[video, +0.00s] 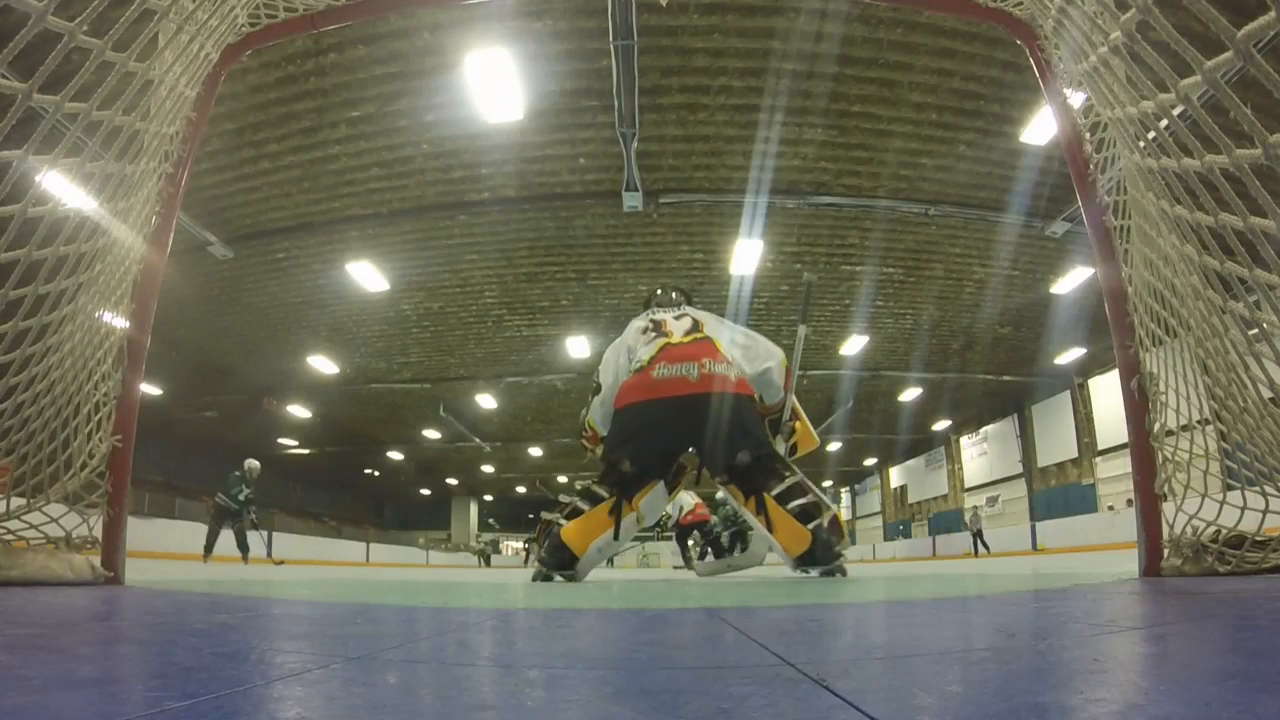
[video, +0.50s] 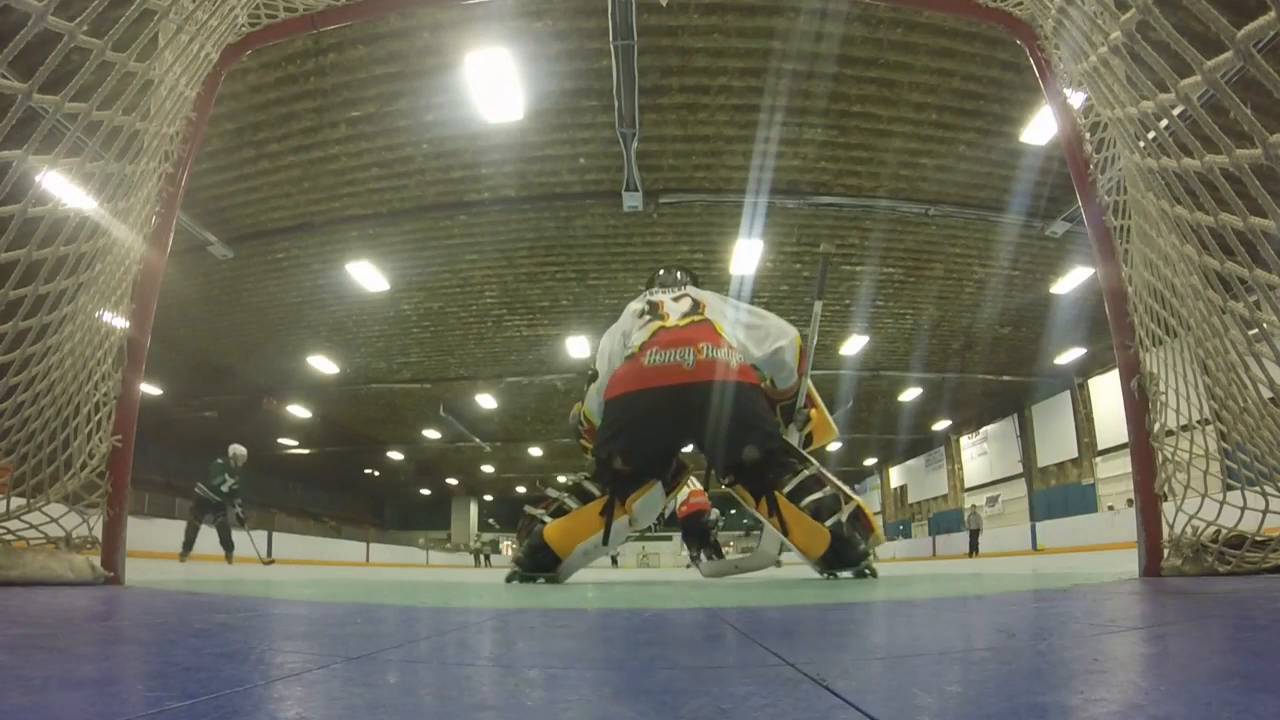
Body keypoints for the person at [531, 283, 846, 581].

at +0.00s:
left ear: (644, 311)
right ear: (688, 306)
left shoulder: (627, 335)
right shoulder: (714, 321)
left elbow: (605, 397)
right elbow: (770, 358)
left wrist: (599, 437)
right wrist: (774, 416)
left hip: (645, 395)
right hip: (721, 386)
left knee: (619, 484)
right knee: (759, 471)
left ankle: (559, 553)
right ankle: (817, 545)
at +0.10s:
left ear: (646, 307)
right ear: (689, 302)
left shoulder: (627, 330)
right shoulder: (716, 317)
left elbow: (607, 386)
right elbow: (773, 353)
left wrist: (597, 432)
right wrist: (776, 407)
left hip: (643, 392)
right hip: (721, 383)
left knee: (619, 484)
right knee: (762, 470)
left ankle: (556, 553)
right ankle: (823, 547)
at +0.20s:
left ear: (646, 305)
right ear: (688, 299)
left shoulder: (627, 327)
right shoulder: (715, 313)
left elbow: (605, 386)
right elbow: (774, 350)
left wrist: (596, 434)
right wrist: (778, 407)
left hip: (642, 392)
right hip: (721, 383)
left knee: (619, 484)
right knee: (764, 469)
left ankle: (554, 553)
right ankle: (826, 545)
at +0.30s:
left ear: (647, 300)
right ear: (690, 295)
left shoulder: (624, 326)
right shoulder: (719, 310)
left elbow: (595, 410)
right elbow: (780, 347)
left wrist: (603, 446)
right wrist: (782, 408)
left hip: (640, 390)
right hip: (723, 379)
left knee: (622, 486)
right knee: (763, 470)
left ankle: (551, 551)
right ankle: (831, 544)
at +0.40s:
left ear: (647, 297)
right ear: (691, 292)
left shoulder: (623, 325)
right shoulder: (719, 307)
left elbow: (596, 406)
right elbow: (781, 344)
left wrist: (600, 440)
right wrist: (782, 404)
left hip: (638, 389)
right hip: (722, 378)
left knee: (619, 486)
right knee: (765, 468)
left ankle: (548, 553)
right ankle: (835, 545)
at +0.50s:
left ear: (648, 295)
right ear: (692, 288)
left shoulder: (621, 323)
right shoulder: (722, 303)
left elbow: (594, 411)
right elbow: (785, 340)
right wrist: (785, 405)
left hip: (635, 385)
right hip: (723, 374)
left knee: (620, 487)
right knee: (764, 470)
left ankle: (542, 551)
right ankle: (840, 548)